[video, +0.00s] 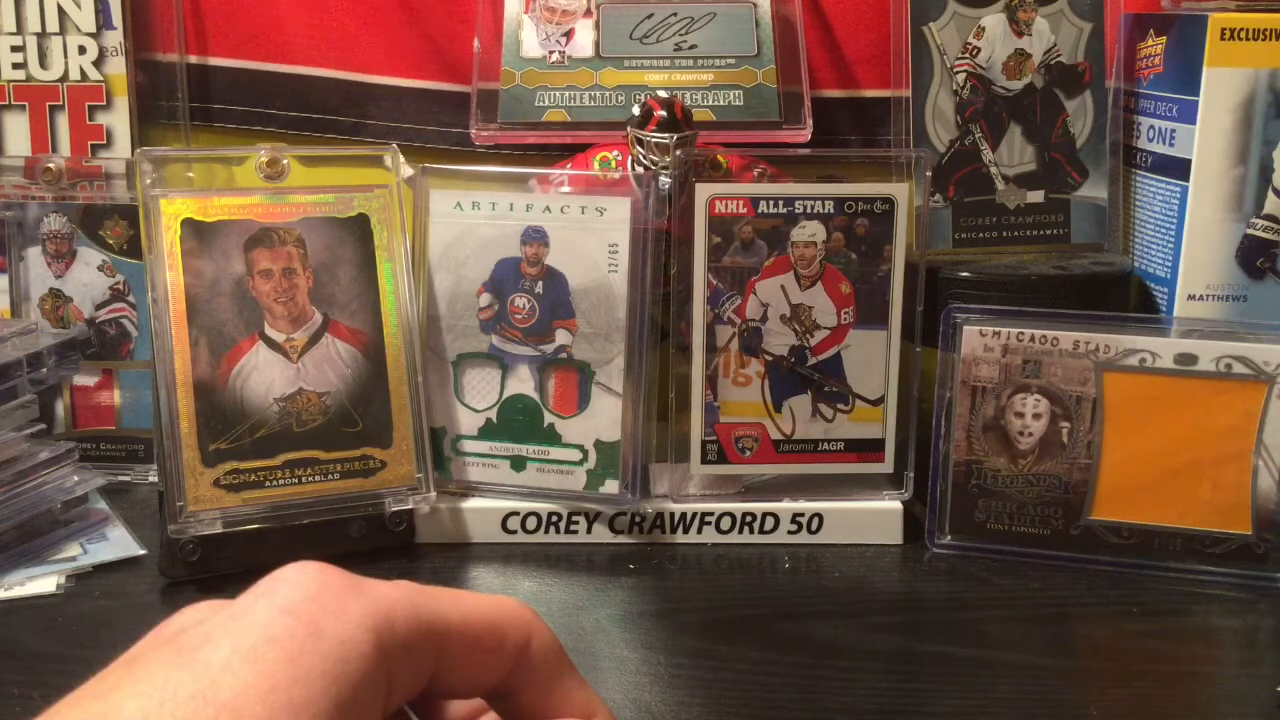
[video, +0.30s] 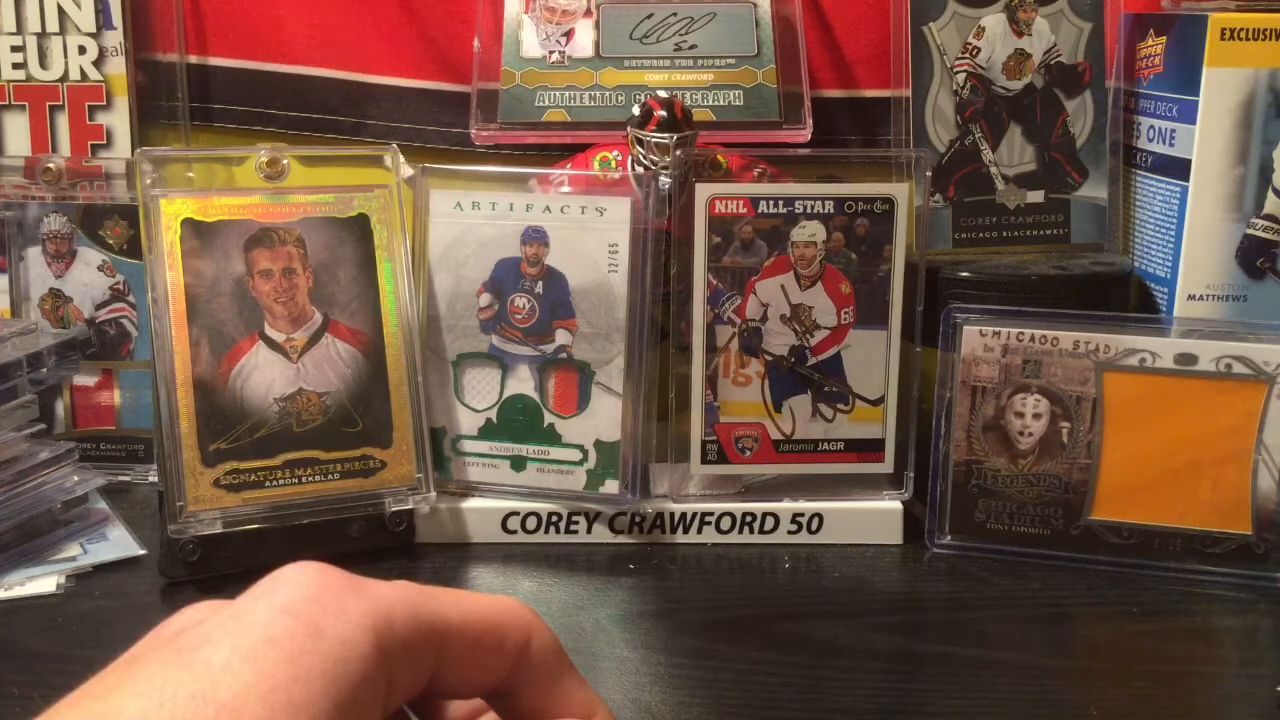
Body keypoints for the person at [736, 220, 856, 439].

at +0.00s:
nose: (801, 253)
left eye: (807, 247)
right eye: (796, 247)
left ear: (821, 249)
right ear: (790, 249)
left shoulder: (838, 285)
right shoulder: (773, 272)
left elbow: (843, 330)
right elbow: (754, 294)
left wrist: (810, 353)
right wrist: (750, 326)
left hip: (823, 353)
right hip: (780, 353)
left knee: (833, 413)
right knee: (799, 410)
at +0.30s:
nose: (801, 253)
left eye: (807, 247)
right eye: (796, 247)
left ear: (821, 249)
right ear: (790, 249)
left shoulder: (838, 285)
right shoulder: (773, 272)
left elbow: (843, 330)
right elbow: (754, 294)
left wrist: (810, 353)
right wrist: (750, 326)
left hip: (823, 353)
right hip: (780, 353)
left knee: (833, 413)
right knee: (799, 410)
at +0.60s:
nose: (801, 253)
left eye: (807, 247)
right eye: (796, 247)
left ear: (821, 249)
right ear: (790, 249)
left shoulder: (838, 285)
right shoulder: (773, 272)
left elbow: (843, 330)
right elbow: (754, 294)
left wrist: (810, 353)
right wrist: (751, 326)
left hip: (823, 354)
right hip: (780, 353)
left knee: (833, 413)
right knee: (799, 409)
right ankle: (791, 469)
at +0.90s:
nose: (801, 253)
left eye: (807, 247)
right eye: (796, 247)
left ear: (821, 249)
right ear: (790, 249)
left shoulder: (838, 285)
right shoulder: (773, 271)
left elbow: (843, 329)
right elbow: (754, 292)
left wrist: (810, 353)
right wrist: (751, 326)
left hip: (823, 354)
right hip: (780, 353)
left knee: (833, 413)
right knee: (799, 409)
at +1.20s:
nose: (801, 253)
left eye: (807, 247)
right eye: (796, 247)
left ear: (821, 249)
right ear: (790, 248)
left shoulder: (838, 285)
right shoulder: (773, 271)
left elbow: (843, 330)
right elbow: (754, 292)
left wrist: (810, 352)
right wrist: (751, 326)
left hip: (823, 353)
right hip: (780, 353)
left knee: (832, 412)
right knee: (799, 410)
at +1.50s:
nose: (801, 253)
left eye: (807, 247)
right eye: (796, 247)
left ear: (821, 249)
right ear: (790, 249)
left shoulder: (838, 285)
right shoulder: (773, 271)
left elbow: (843, 330)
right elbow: (754, 292)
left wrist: (810, 352)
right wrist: (751, 326)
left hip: (823, 353)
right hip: (780, 353)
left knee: (832, 412)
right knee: (799, 409)